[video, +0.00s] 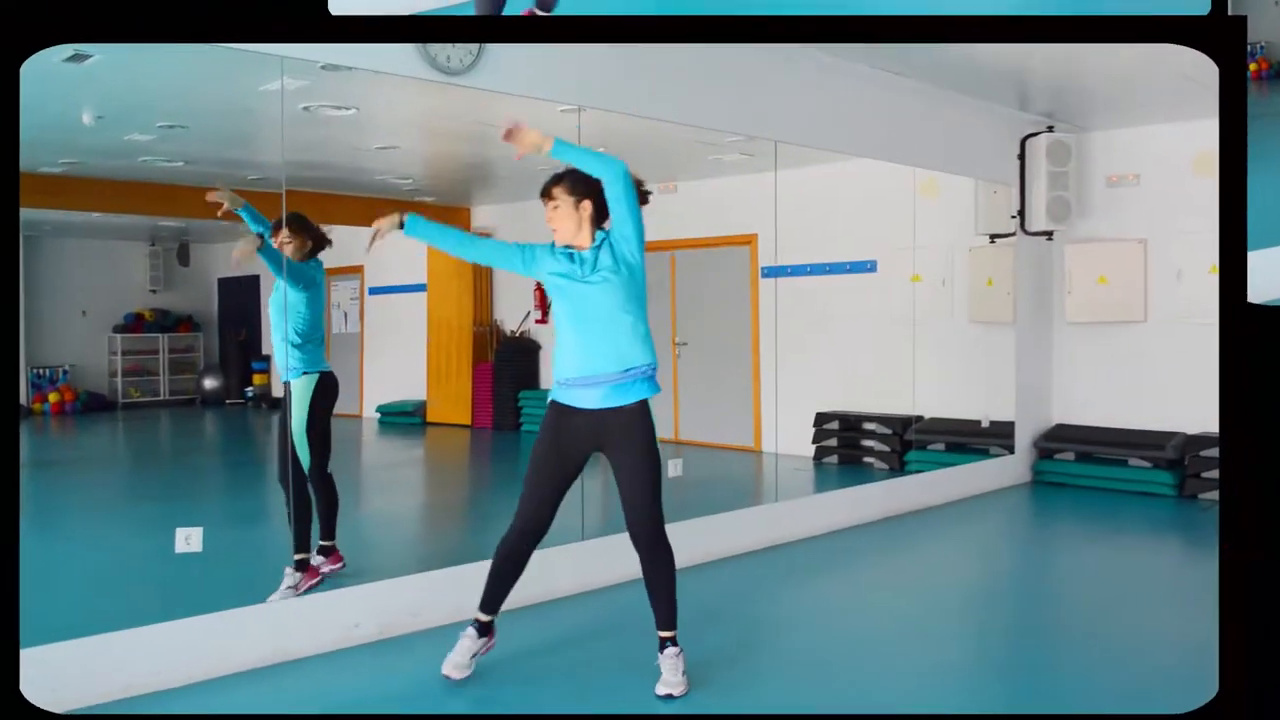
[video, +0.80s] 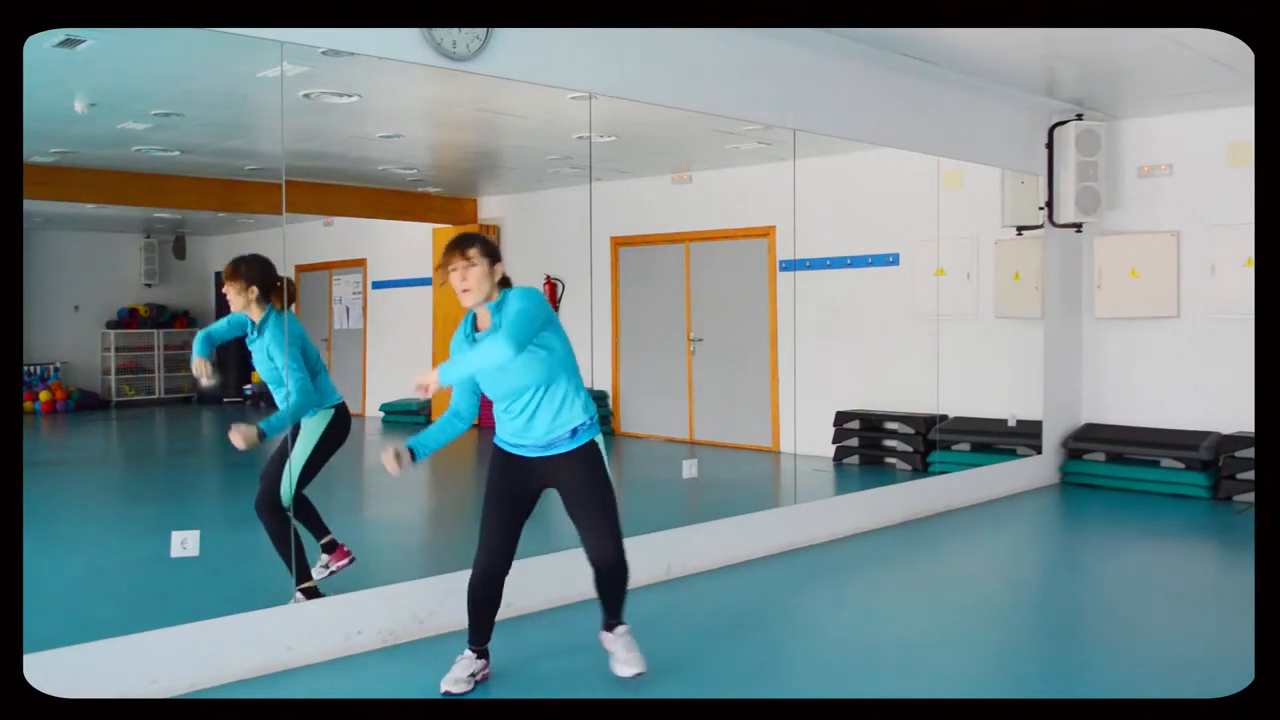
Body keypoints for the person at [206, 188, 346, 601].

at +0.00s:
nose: (281, 245)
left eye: (288, 239)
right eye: (278, 240)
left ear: (307, 241)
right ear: (278, 242)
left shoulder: (308, 272)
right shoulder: (293, 269)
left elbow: (281, 264)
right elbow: (269, 234)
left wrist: (259, 244)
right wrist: (237, 206)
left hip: (310, 382)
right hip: (297, 383)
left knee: (310, 472)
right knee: (294, 473)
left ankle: (309, 561)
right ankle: (322, 554)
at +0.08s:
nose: (271, 258)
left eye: (279, 251)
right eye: (269, 251)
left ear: (297, 253)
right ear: (267, 254)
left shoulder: (304, 283)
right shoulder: (280, 279)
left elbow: (281, 293)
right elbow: (261, 250)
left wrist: (256, 281)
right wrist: (239, 223)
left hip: (307, 398)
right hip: (295, 398)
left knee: (298, 489)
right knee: (313, 482)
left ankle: (307, 585)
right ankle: (332, 561)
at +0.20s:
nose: (250, 264)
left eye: (258, 257)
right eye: (248, 256)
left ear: (279, 261)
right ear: (248, 261)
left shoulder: (290, 297)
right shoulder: (263, 291)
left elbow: (296, 365)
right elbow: (229, 296)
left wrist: (258, 357)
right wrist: (231, 268)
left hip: (319, 400)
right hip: (302, 401)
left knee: (293, 489)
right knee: (278, 478)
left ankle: (310, 589)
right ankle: (324, 551)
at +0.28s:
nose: (234, 279)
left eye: (241, 271)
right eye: (232, 272)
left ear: (263, 274)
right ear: (235, 276)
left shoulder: (286, 315)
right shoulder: (250, 312)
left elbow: (303, 388)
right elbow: (237, 343)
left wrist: (270, 406)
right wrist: (220, 323)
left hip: (329, 406)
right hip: (301, 407)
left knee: (288, 494)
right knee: (259, 473)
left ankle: (311, 590)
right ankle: (320, 537)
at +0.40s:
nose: (222, 313)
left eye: (229, 305)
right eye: (220, 305)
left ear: (254, 309)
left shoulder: (285, 345)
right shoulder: (239, 342)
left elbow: (308, 413)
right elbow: (249, 389)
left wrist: (303, 479)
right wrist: (226, 425)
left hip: (336, 419)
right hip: (303, 421)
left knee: (279, 498)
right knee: (247, 477)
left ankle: (310, 592)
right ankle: (320, 534)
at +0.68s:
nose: (217, 316)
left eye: (225, 309)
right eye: (217, 308)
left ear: (249, 313)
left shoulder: (281, 348)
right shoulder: (235, 340)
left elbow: (314, 414)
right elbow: (218, 384)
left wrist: (299, 475)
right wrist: (216, 433)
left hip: (332, 426)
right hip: (306, 427)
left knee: (267, 502)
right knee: (272, 496)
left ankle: (307, 591)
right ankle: (333, 562)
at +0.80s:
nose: (225, 294)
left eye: (230, 287)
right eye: (225, 287)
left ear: (252, 291)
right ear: (250, 292)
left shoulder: (281, 330)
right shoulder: (248, 321)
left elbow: (303, 398)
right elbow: (205, 334)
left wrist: (260, 430)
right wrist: (200, 355)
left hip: (325, 418)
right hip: (306, 417)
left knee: (269, 503)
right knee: (280, 486)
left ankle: (307, 591)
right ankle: (333, 548)